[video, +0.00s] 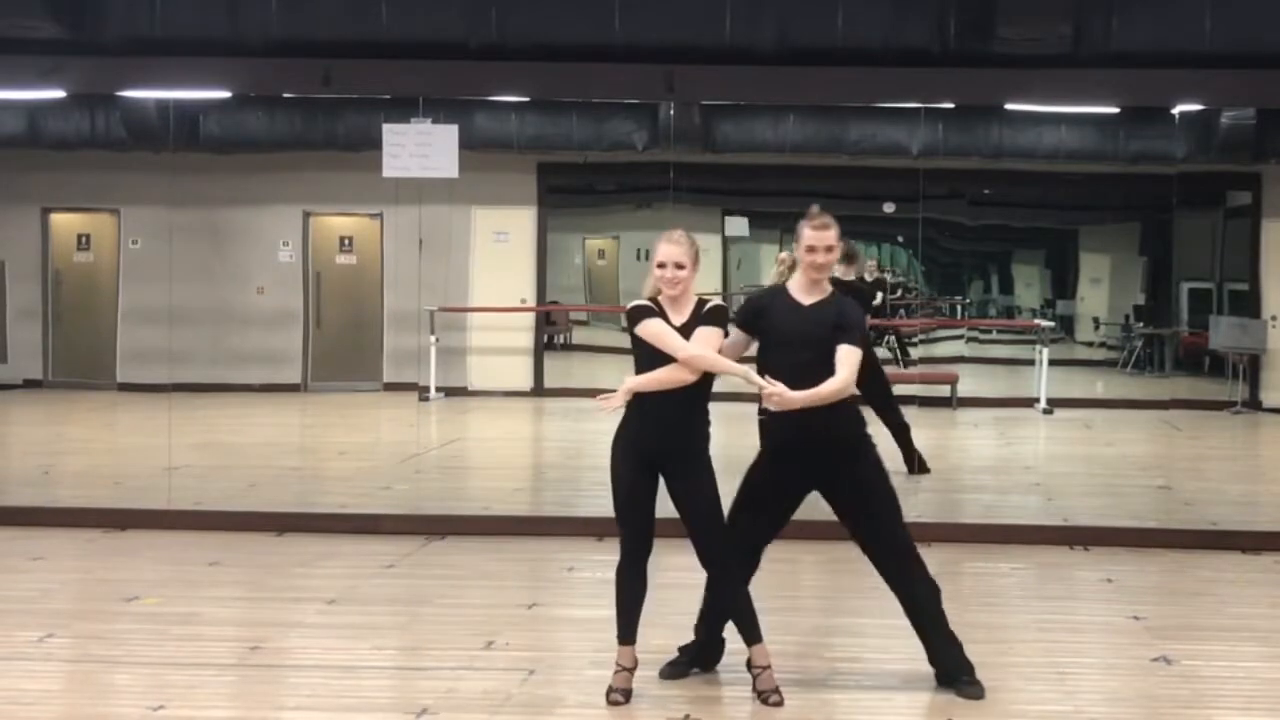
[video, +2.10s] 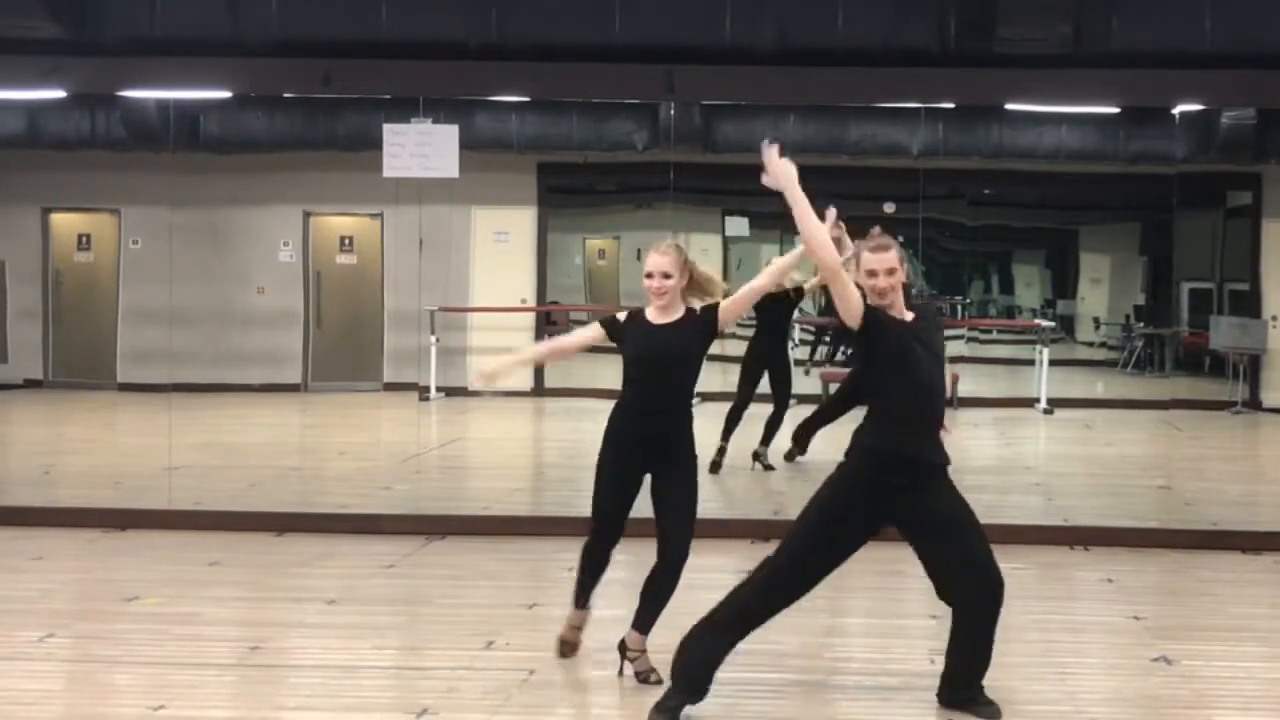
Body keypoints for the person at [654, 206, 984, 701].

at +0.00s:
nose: (820, 257)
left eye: (828, 249)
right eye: (812, 249)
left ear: (838, 252)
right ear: (796, 249)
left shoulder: (847, 310)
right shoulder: (763, 304)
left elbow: (846, 380)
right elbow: (722, 358)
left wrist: (798, 397)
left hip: (843, 449)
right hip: (782, 450)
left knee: (898, 556)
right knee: (735, 548)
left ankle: (952, 666)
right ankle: (705, 647)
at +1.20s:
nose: (829, 271)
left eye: (836, 263)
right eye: (829, 263)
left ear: (869, 262)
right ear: (856, 263)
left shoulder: (911, 308)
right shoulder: (831, 302)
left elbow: (911, 385)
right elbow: (759, 301)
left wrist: (841, 361)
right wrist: (708, 295)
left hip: (882, 464)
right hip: (817, 456)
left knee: (913, 569)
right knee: (755, 539)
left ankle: (950, 668)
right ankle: (715, 642)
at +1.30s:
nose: (820, 263)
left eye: (826, 255)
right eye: (820, 255)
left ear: (855, 256)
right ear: (849, 257)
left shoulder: (894, 310)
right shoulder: (827, 294)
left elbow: (922, 382)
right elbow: (771, 272)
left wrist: (849, 379)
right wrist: (727, 253)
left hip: (875, 461)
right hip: (821, 452)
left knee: (915, 567)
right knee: (749, 539)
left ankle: (962, 666)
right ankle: (774, 645)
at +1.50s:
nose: (785, 257)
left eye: (791, 249)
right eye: (785, 248)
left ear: (819, 252)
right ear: (818, 251)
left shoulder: (845, 313)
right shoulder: (815, 293)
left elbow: (858, 392)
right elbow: (784, 228)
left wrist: (807, 411)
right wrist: (761, 178)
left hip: (856, 455)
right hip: (814, 453)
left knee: (931, 553)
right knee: (759, 559)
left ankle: (1022, 649)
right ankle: (785, 658)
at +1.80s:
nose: (821, 254)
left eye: (831, 246)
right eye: (815, 248)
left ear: (854, 248)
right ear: (810, 252)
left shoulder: (871, 298)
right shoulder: (823, 297)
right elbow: (792, 224)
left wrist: (874, 398)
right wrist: (814, 195)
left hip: (874, 451)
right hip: (821, 451)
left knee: (940, 555)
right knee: (784, 560)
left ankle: (1003, 652)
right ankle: (785, 658)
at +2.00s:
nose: (868, 268)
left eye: (876, 257)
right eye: (859, 259)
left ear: (893, 258)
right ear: (846, 263)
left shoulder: (928, 308)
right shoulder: (844, 306)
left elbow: (968, 350)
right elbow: (804, 244)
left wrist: (949, 395)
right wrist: (807, 173)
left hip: (918, 465)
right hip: (856, 462)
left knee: (964, 578)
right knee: (769, 560)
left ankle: (954, 681)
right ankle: (716, 664)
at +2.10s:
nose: (879, 282)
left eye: (888, 272)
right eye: (870, 274)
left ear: (905, 271)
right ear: (858, 278)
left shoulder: (926, 320)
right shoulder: (865, 323)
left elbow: (934, 380)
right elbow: (829, 265)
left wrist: (935, 421)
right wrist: (792, 189)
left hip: (926, 480)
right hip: (866, 478)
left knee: (981, 584)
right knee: (780, 579)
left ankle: (961, 688)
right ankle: (684, 683)